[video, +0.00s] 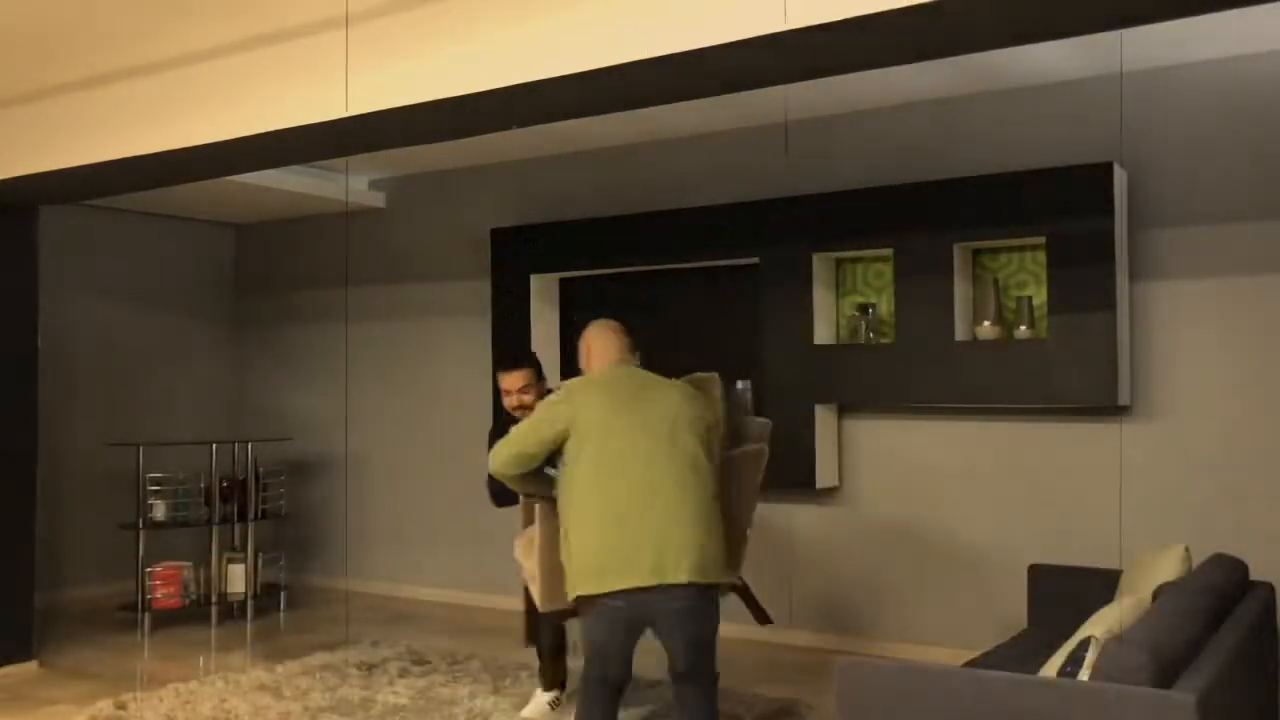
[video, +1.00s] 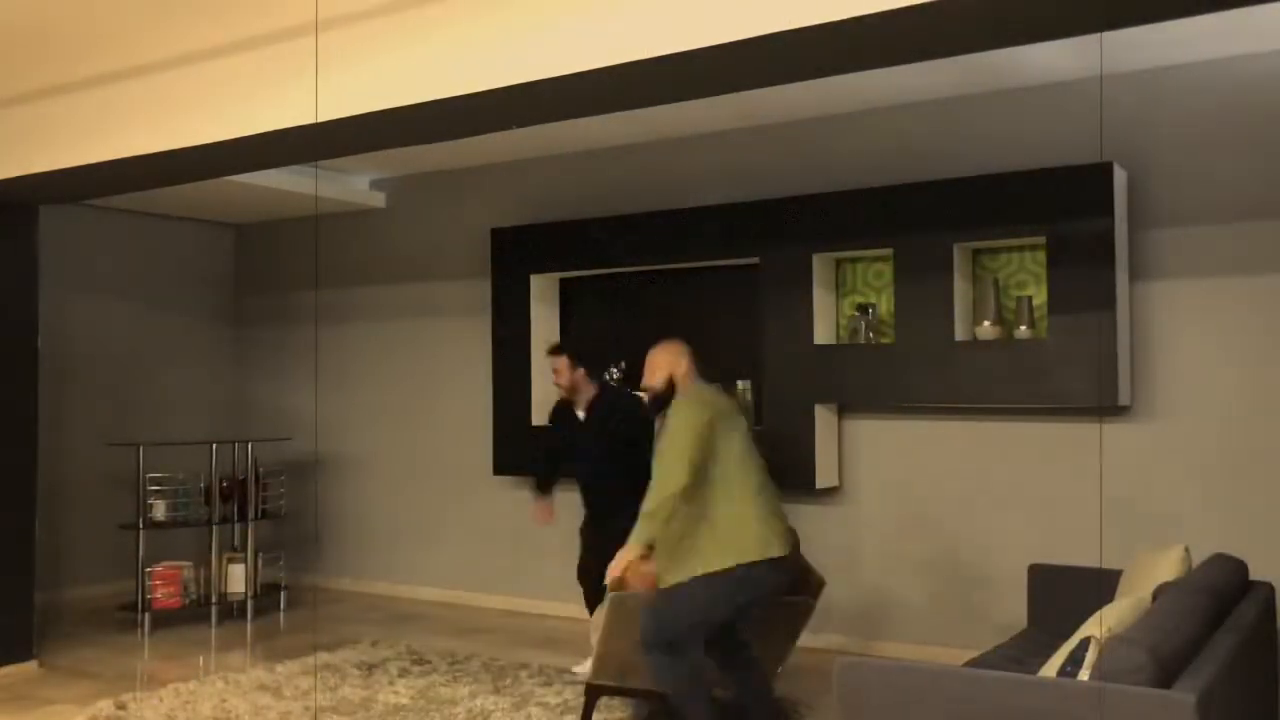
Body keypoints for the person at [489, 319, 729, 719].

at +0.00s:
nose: (581, 366)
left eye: (581, 359)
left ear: (585, 359)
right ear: (634, 355)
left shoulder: (574, 398)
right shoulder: (690, 397)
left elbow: (503, 463)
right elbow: (707, 462)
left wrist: (555, 487)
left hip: (606, 577)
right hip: (690, 577)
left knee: (600, 688)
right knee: (696, 689)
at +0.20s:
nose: (612, 393)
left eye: (613, 386)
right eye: (612, 386)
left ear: (620, 388)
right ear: (662, 386)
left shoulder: (610, 411)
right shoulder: (701, 419)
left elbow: (547, 468)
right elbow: (728, 486)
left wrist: (587, 510)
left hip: (655, 564)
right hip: (722, 561)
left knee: (646, 656)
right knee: (708, 651)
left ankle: (660, 713)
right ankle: (724, 712)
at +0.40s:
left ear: (656, 429)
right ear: (689, 432)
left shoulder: (645, 446)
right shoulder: (724, 463)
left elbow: (584, 500)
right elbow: (769, 487)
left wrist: (609, 545)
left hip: (676, 574)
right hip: (739, 576)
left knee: (635, 632)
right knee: (723, 648)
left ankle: (655, 713)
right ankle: (745, 711)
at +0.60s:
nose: (637, 482)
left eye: (637, 475)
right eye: (634, 477)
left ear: (646, 465)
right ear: (674, 459)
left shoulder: (658, 478)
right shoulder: (727, 492)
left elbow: (603, 533)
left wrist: (622, 577)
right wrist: (653, 563)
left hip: (688, 588)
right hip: (748, 597)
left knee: (632, 646)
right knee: (719, 651)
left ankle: (649, 712)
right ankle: (740, 712)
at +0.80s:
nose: (636, 452)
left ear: (667, 448)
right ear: (701, 452)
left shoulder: (657, 468)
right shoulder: (730, 481)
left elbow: (609, 538)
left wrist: (627, 585)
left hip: (699, 587)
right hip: (755, 592)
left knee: (642, 641)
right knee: (724, 647)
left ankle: (649, 712)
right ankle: (742, 712)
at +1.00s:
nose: (645, 383)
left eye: (650, 372)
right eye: (645, 373)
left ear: (676, 366)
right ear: (684, 368)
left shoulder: (691, 404)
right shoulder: (714, 403)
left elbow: (672, 479)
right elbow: (703, 506)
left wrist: (635, 545)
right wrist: (659, 562)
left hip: (748, 558)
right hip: (772, 555)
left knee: (662, 627)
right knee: (718, 633)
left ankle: (697, 709)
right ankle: (763, 709)